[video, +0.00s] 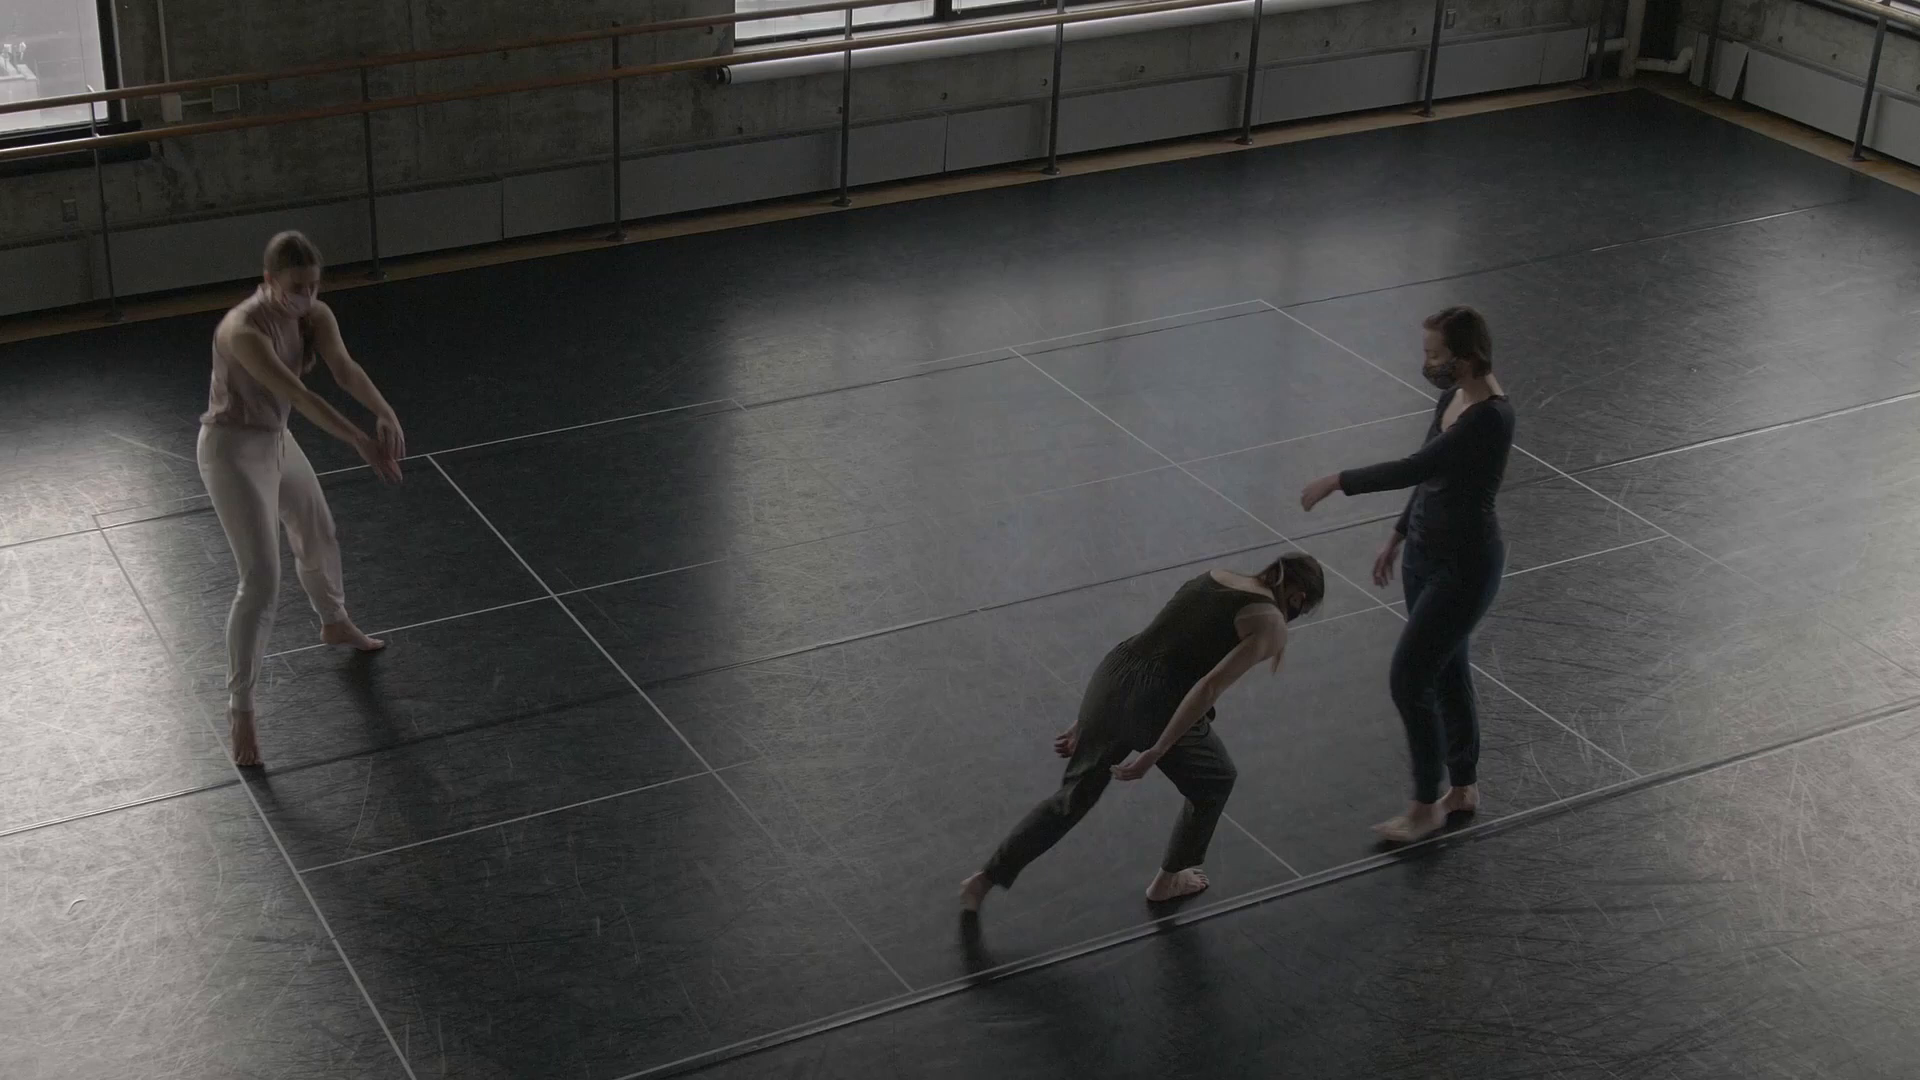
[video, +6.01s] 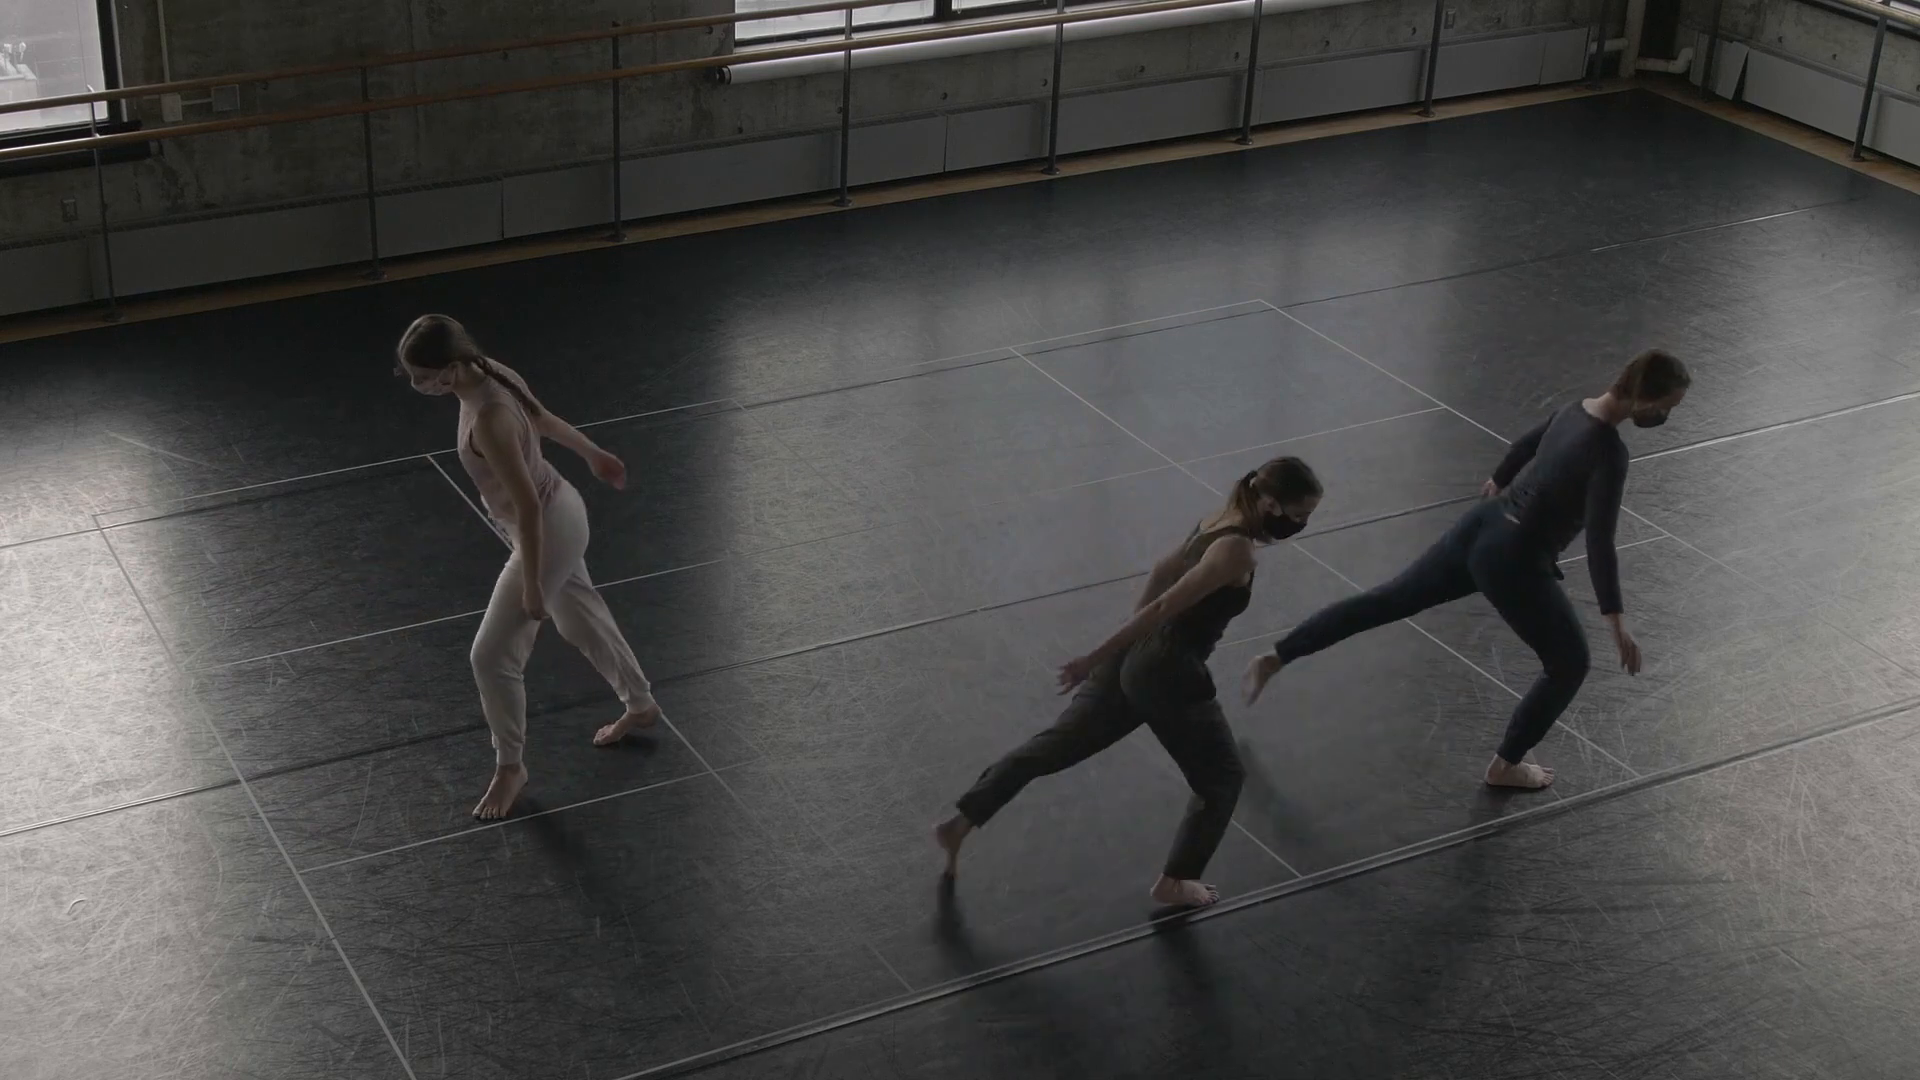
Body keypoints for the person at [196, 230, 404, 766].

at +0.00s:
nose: (305, 301)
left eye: (311, 290)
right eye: (294, 290)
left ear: (317, 282)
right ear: (268, 280)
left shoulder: (315, 314)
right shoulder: (240, 329)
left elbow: (344, 367)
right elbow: (297, 396)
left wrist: (385, 412)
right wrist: (361, 442)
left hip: (278, 442)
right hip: (231, 450)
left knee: (318, 529)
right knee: (259, 582)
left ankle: (335, 621)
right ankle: (241, 709)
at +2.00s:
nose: (268, 362)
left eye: (275, 350)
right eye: (257, 352)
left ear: (288, 342)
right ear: (235, 345)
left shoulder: (306, 376)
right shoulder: (214, 403)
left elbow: (347, 374)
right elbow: (192, 492)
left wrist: (374, 369)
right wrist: (184, 573)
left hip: (313, 532)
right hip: (245, 536)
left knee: (316, 661)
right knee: (258, 659)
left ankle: (322, 779)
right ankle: (254, 736)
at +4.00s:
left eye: (522, 370)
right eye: (560, 366)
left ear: (518, 379)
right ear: (564, 374)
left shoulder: (496, 441)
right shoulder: (593, 435)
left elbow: (474, 521)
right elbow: (676, 427)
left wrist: (458, 582)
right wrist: (750, 395)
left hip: (508, 593)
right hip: (576, 593)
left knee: (526, 590)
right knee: (609, 598)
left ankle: (544, 691)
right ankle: (596, 713)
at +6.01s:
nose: (422, 388)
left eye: (426, 378)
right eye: (416, 380)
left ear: (451, 365)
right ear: (452, 359)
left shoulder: (490, 422)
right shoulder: (489, 373)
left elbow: (527, 506)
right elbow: (540, 419)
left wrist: (531, 584)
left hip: (541, 535)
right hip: (558, 506)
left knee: (491, 655)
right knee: (582, 613)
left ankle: (510, 769)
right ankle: (640, 702)